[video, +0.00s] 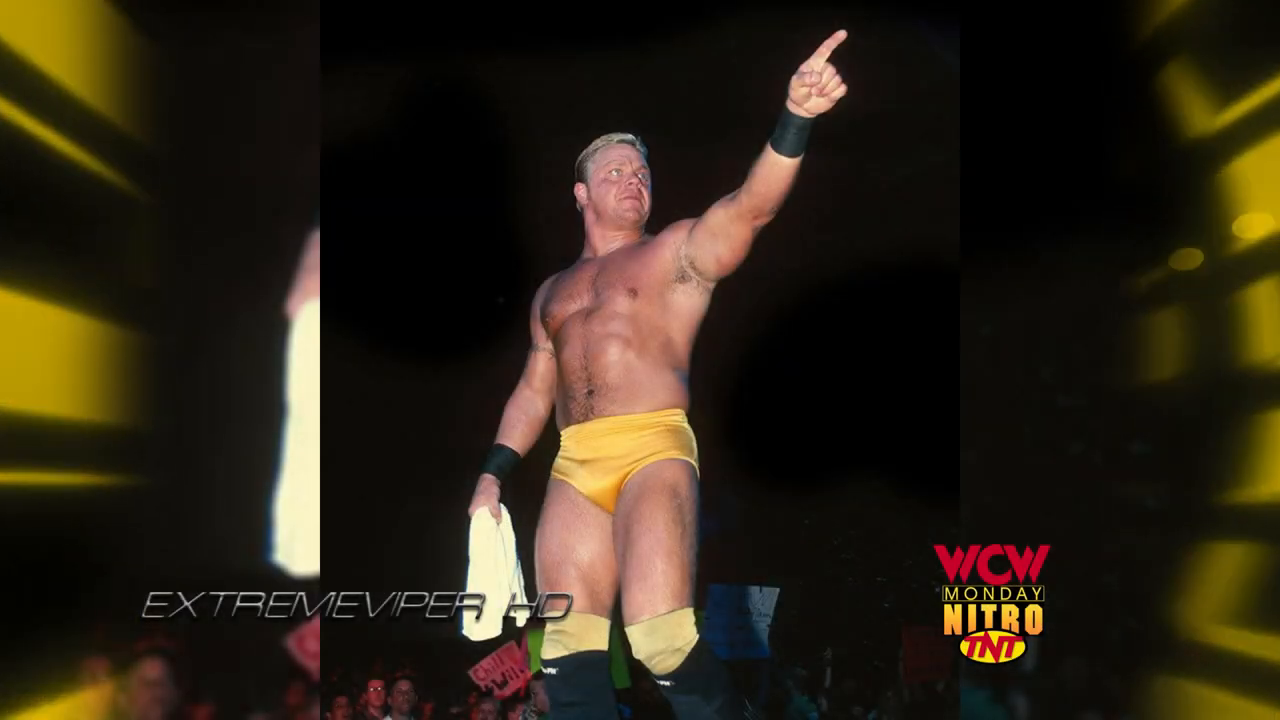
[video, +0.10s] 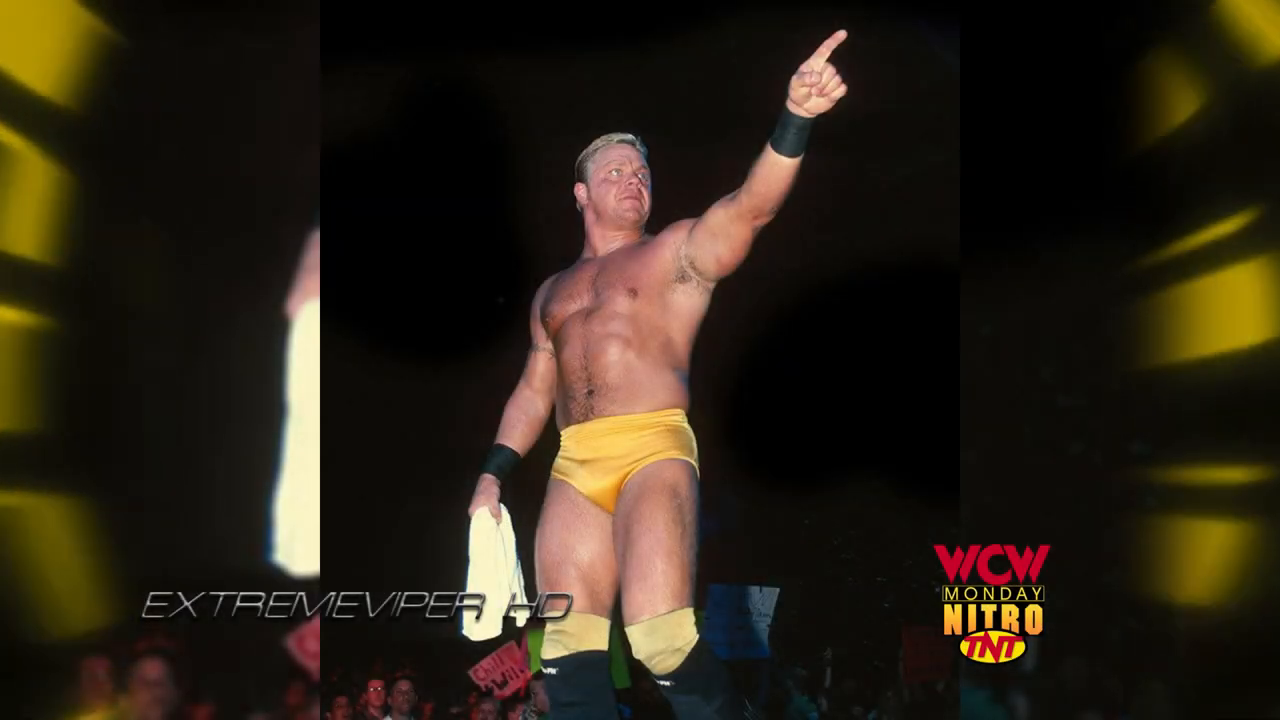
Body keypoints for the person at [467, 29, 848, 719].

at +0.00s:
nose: (632, 180)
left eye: (640, 172)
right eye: (614, 171)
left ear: (651, 194)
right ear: (581, 193)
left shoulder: (680, 254)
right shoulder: (553, 296)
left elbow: (752, 204)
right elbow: (534, 394)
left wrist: (797, 115)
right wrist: (490, 477)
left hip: (656, 448)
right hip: (576, 462)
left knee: (659, 635)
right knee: (568, 646)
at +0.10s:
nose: (632, 180)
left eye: (640, 172)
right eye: (614, 171)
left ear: (651, 194)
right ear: (581, 193)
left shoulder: (680, 254)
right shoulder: (553, 296)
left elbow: (752, 204)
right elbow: (534, 394)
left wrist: (797, 115)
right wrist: (490, 477)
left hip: (656, 448)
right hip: (576, 462)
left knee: (659, 635)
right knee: (568, 646)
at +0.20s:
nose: (632, 180)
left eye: (640, 172)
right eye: (614, 171)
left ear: (651, 194)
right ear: (581, 193)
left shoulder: (680, 254)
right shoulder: (553, 296)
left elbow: (752, 204)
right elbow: (534, 394)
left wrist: (797, 115)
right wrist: (490, 477)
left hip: (656, 448)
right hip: (576, 462)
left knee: (659, 635)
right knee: (568, 646)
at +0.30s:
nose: (632, 180)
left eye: (640, 172)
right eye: (614, 171)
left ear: (651, 194)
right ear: (581, 193)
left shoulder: (680, 254)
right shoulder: (553, 296)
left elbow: (752, 204)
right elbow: (534, 394)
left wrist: (797, 115)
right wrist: (490, 477)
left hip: (656, 448)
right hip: (576, 462)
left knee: (659, 635)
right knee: (568, 646)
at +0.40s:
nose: (632, 180)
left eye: (640, 172)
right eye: (614, 171)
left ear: (650, 194)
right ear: (581, 193)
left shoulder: (680, 254)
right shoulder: (553, 296)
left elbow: (752, 204)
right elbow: (534, 394)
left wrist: (797, 115)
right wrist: (490, 477)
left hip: (656, 448)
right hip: (576, 462)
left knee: (659, 635)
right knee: (568, 646)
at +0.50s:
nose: (632, 180)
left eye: (640, 172)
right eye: (614, 171)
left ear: (650, 194)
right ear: (581, 193)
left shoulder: (680, 254)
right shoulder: (553, 296)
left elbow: (752, 204)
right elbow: (534, 394)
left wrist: (797, 115)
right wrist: (490, 477)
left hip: (656, 448)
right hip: (576, 462)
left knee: (659, 635)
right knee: (568, 646)